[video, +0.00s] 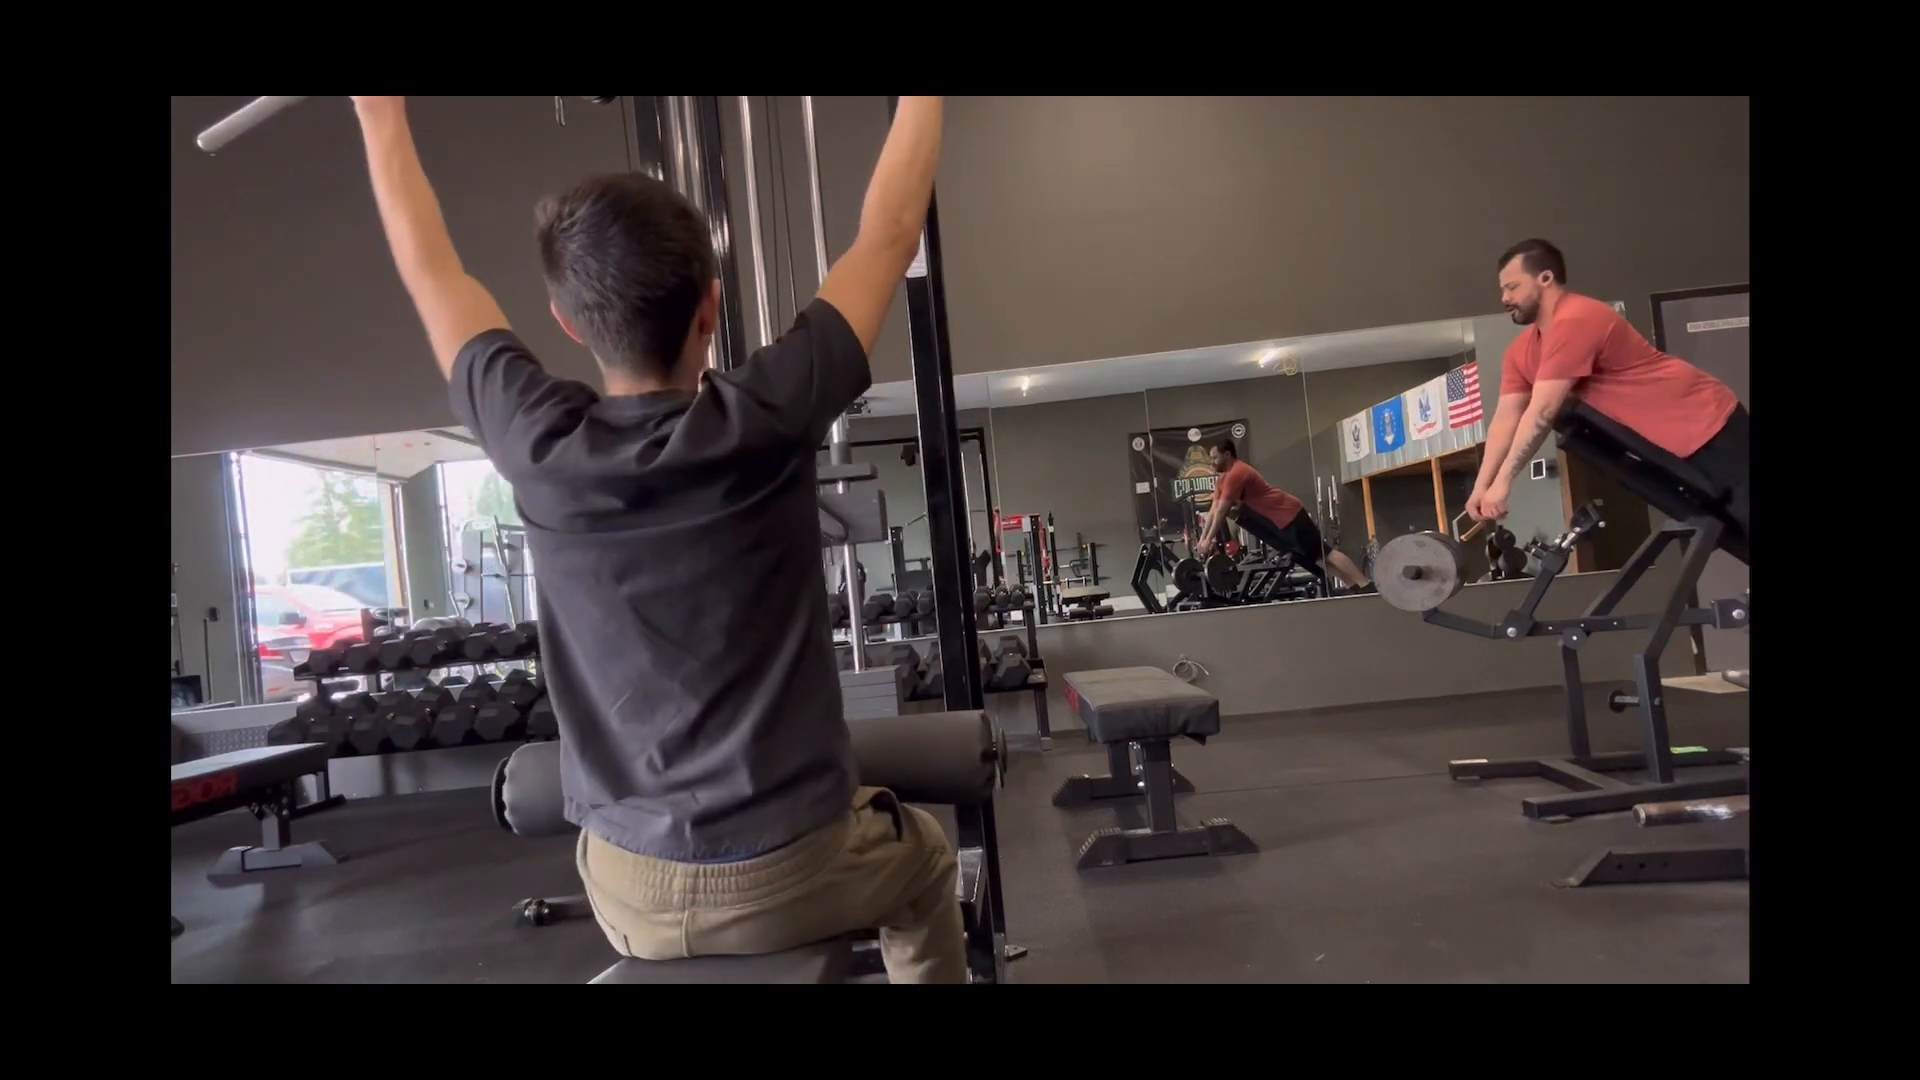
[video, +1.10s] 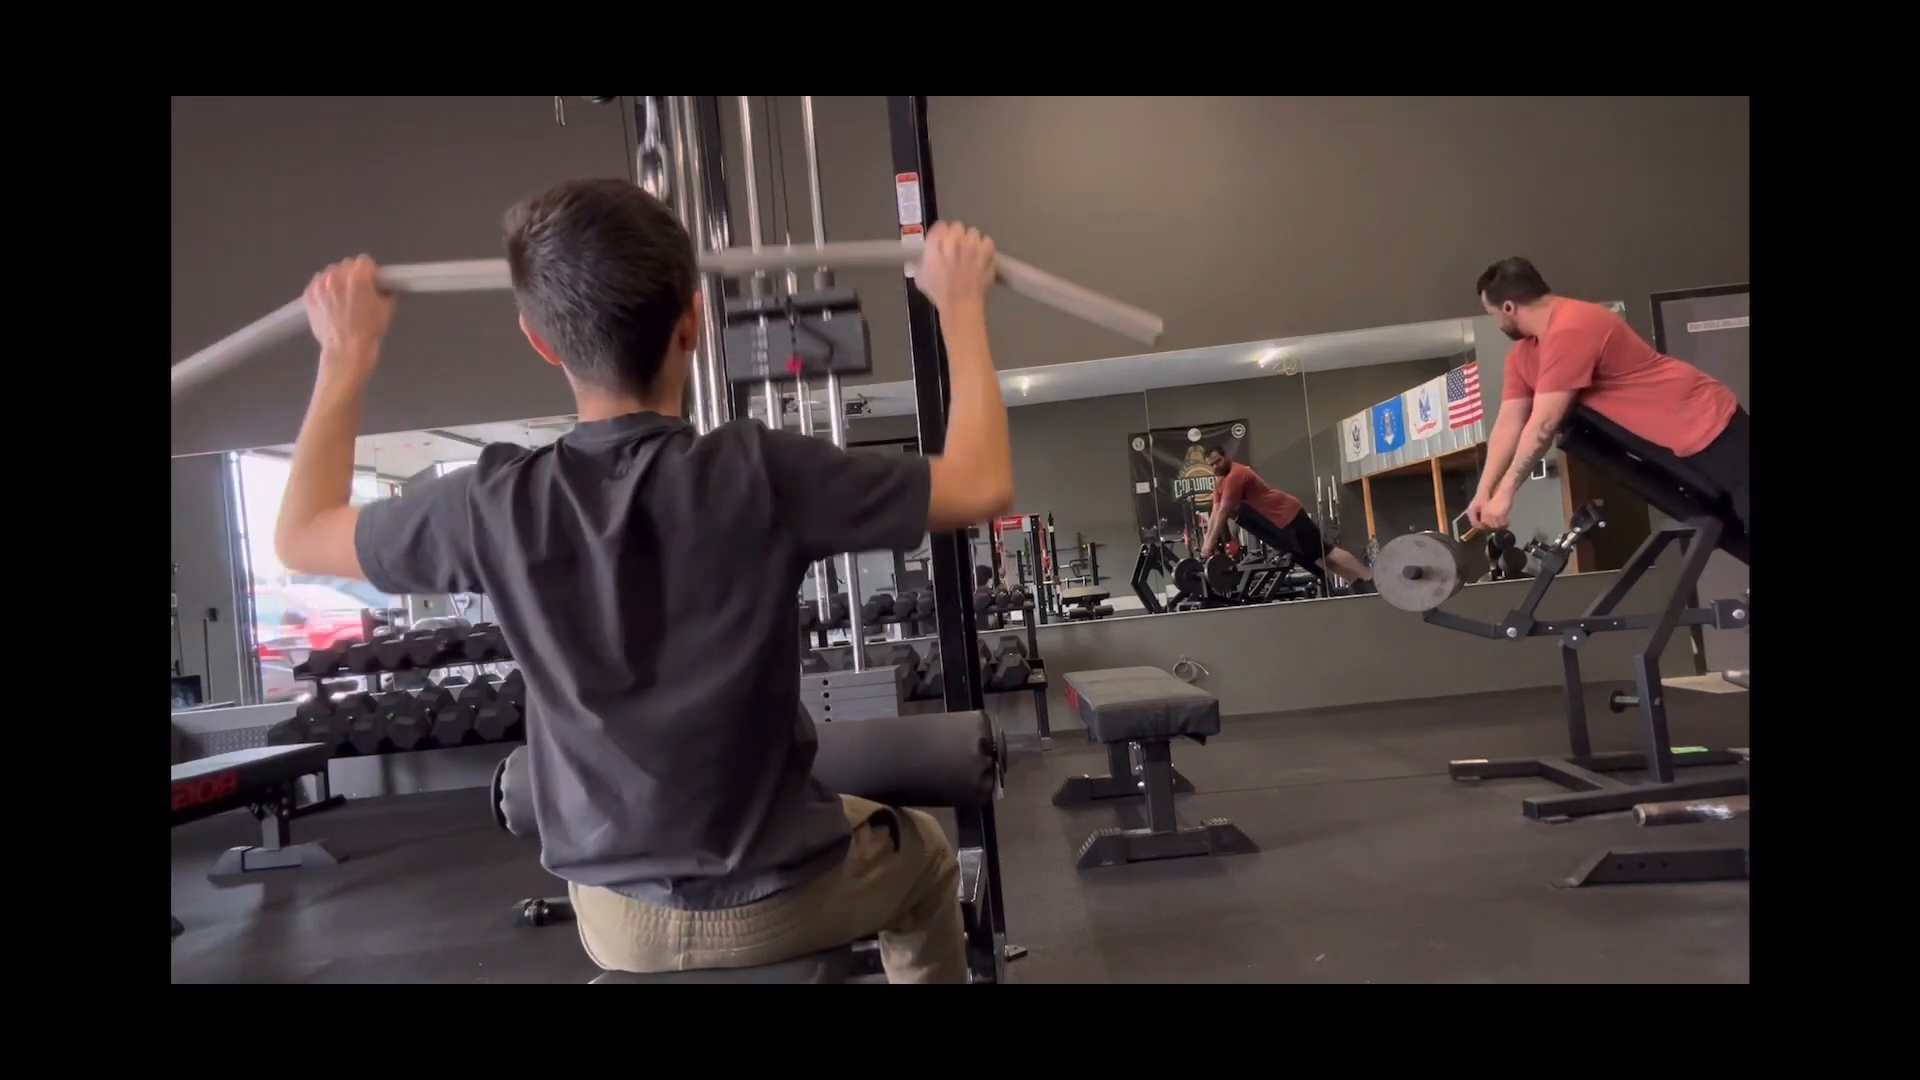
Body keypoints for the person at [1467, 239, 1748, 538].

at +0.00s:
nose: (1504, 299)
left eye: (1511, 287)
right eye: (1502, 291)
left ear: (1545, 279)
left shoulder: (1576, 317)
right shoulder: (1520, 351)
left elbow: (1542, 412)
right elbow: (1505, 416)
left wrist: (1503, 479)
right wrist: (1482, 483)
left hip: (1708, 422)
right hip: (1667, 449)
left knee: (1745, 517)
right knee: (1732, 532)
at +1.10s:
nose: (1493, 321)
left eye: (1490, 312)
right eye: (1489, 314)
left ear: (1508, 307)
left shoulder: (1571, 326)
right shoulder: (1522, 355)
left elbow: (1543, 426)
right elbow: (1507, 422)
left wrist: (1505, 491)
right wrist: (1484, 491)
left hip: (1709, 423)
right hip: (1669, 446)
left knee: (1744, 524)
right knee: (1729, 533)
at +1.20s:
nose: (1492, 323)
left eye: (1489, 315)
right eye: (1488, 316)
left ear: (1505, 310)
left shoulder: (1570, 324)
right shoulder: (1520, 356)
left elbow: (1544, 422)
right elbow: (1507, 423)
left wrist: (1506, 491)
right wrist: (1485, 492)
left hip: (1706, 419)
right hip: (1666, 444)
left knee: (1745, 517)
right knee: (1727, 531)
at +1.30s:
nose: (1493, 325)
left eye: (1489, 317)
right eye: (1488, 318)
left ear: (1505, 310)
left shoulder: (1571, 323)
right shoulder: (1520, 357)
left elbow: (1544, 421)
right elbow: (1509, 422)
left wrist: (1507, 488)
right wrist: (1489, 490)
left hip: (1707, 421)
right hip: (1666, 447)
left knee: (1746, 518)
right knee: (1729, 532)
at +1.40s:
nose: (1495, 325)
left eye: (1492, 317)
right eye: (1490, 319)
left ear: (1509, 310)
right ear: (1514, 308)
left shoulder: (1572, 322)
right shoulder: (1523, 355)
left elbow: (1545, 419)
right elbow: (1512, 420)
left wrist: (1506, 486)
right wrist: (1492, 488)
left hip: (1712, 424)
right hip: (1674, 449)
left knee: (1746, 524)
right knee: (1733, 535)